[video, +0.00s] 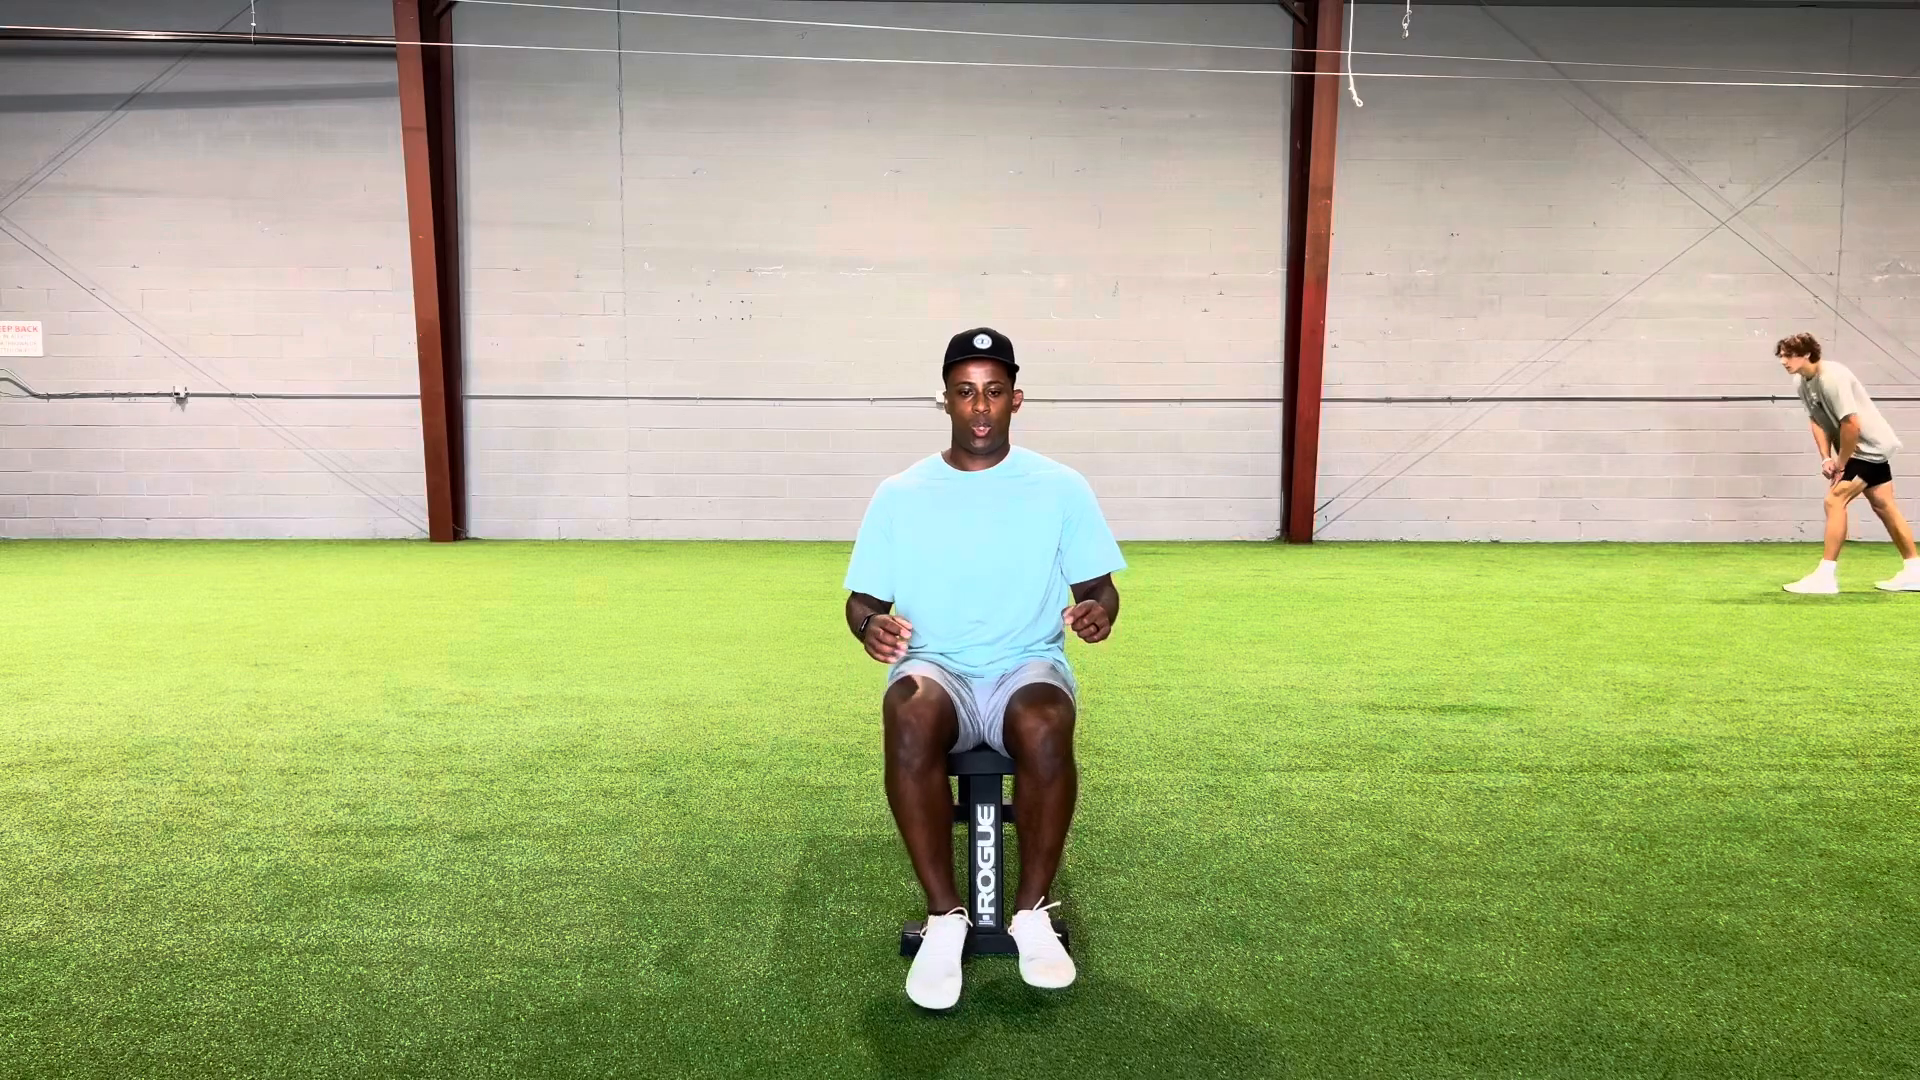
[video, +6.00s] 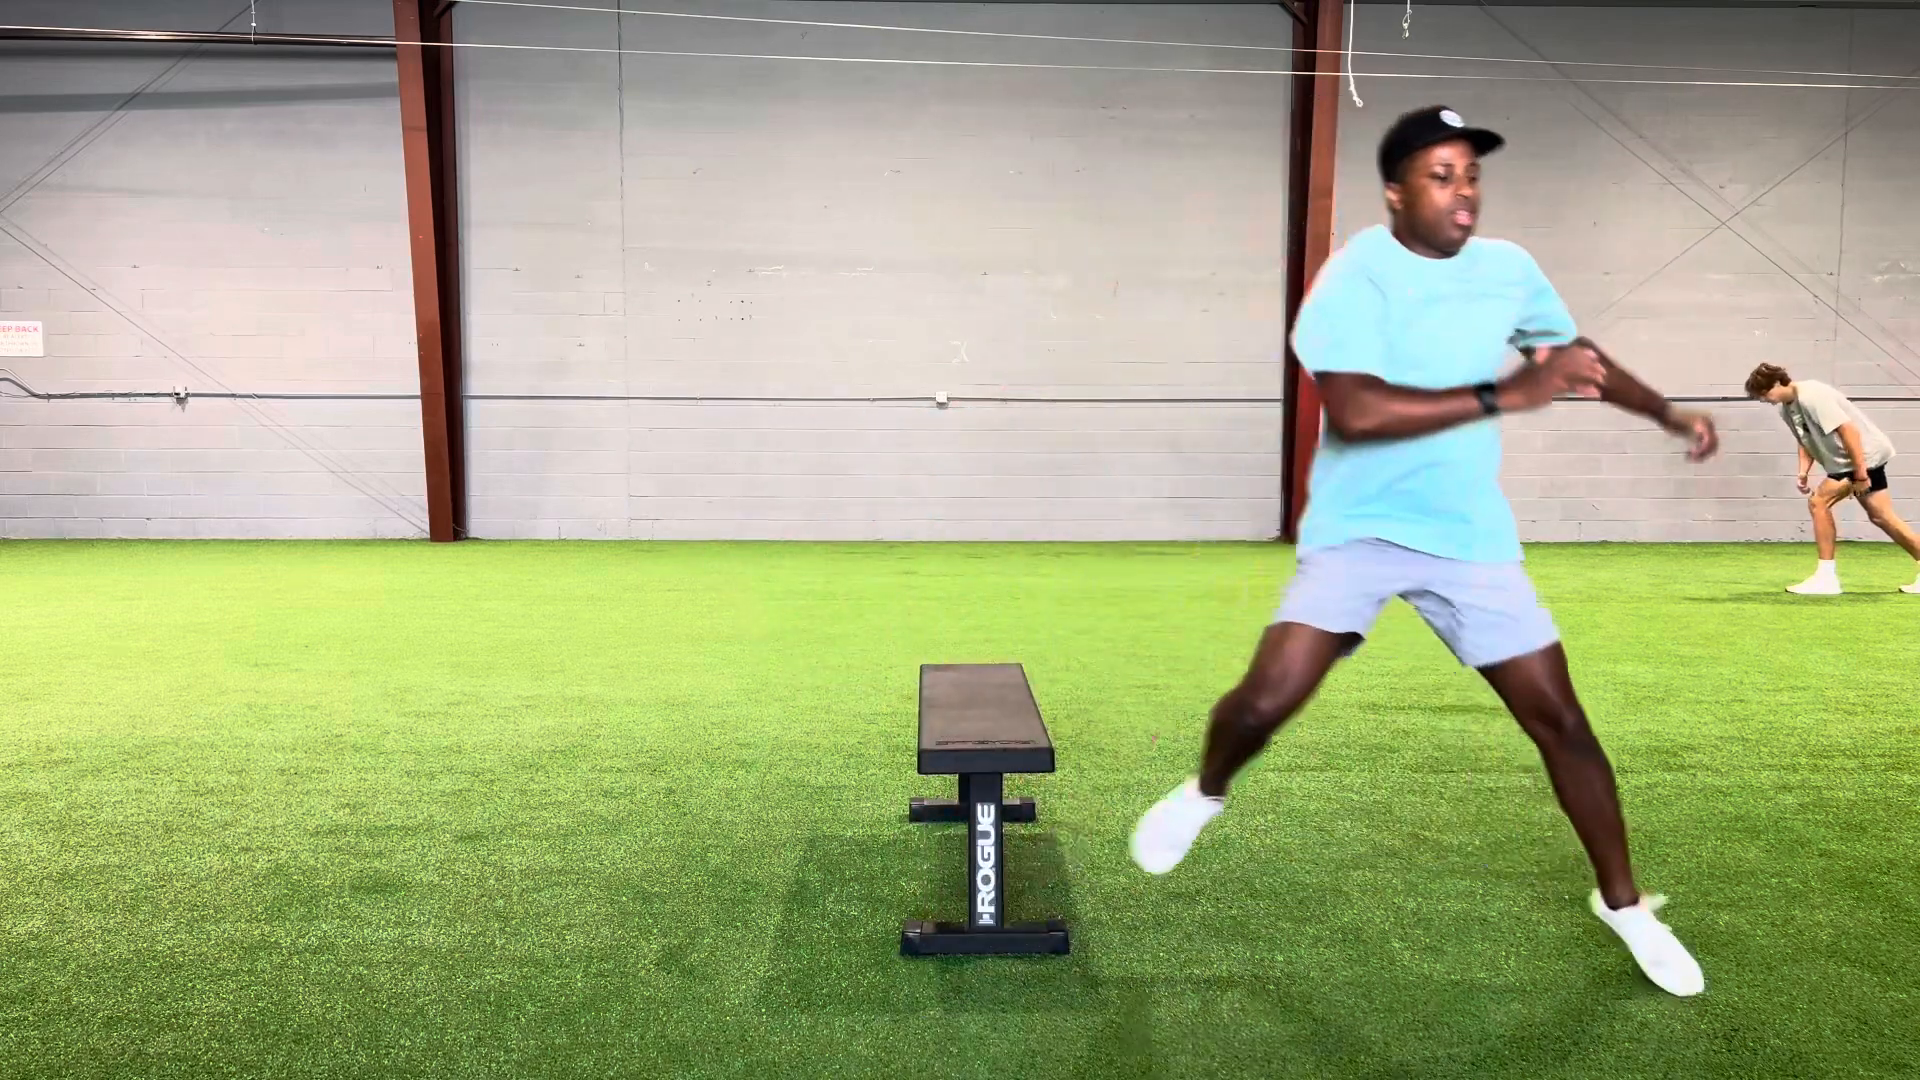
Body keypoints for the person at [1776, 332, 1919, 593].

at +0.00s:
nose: (1784, 362)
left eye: (1788, 356)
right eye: (1782, 357)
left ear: (1806, 355)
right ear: (1794, 358)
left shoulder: (1832, 377)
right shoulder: (1804, 384)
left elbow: (1851, 424)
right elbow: (1817, 421)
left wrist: (1841, 462)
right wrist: (1826, 456)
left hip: (1874, 449)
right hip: (1864, 449)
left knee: (1835, 501)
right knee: (1883, 506)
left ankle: (1825, 575)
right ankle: (1913, 568)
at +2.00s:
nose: (1858, 337)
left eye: (1862, 331)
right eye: (1856, 332)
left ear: (1879, 328)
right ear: (1869, 332)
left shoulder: (1898, 357)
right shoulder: (1875, 359)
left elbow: (1901, 407)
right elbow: (1873, 410)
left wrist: (1872, 446)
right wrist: (1857, 446)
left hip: (1880, 451)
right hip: (1875, 451)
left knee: (1856, 505)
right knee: (1891, 510)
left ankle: (1828, 574)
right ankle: (1919, 570)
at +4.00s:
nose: (1808, 361)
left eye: (1811, 354)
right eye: (1803, 358)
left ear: (1825, 347)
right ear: (1801, 358)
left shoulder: (1845, 370)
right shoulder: (1816, 378)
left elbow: (1858, 418)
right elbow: (1823, 416)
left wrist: (1843, 457)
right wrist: (1826, 449)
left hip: (1875, 448)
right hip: (1866, 449)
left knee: (1837, 501)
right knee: (1889, 509)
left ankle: (1826, 574)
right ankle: (1919, 567)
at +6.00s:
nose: (1767, 400)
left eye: (1766, 393)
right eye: (1762, 397)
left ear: (1777, 383)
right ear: (1775, 386)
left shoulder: (1813, 395)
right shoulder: (1788, 409)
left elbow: (1848, 430)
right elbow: (1806, 441)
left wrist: (1860, 472)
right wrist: (1804, 470)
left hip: (1861, 460)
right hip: (1854, 461)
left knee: (1819, 502)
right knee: (1882, 517)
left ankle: (1826, 577)